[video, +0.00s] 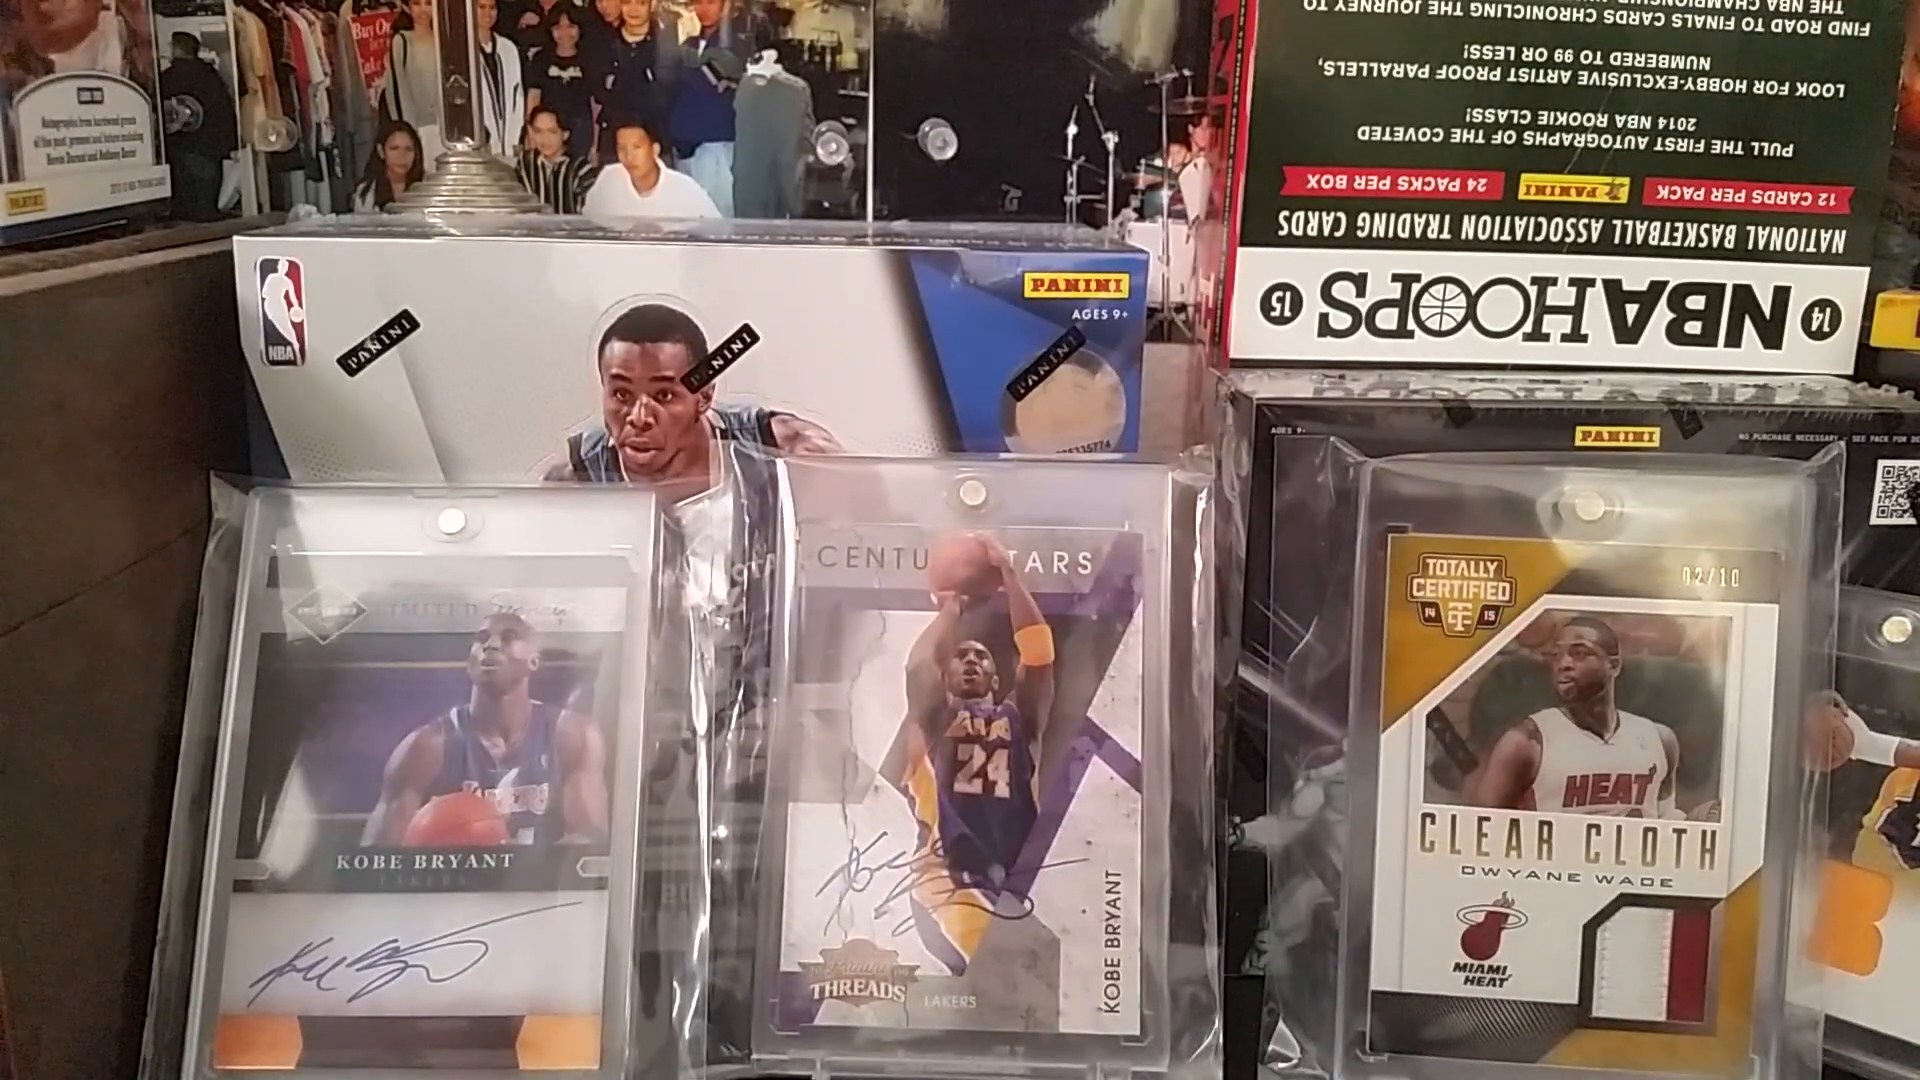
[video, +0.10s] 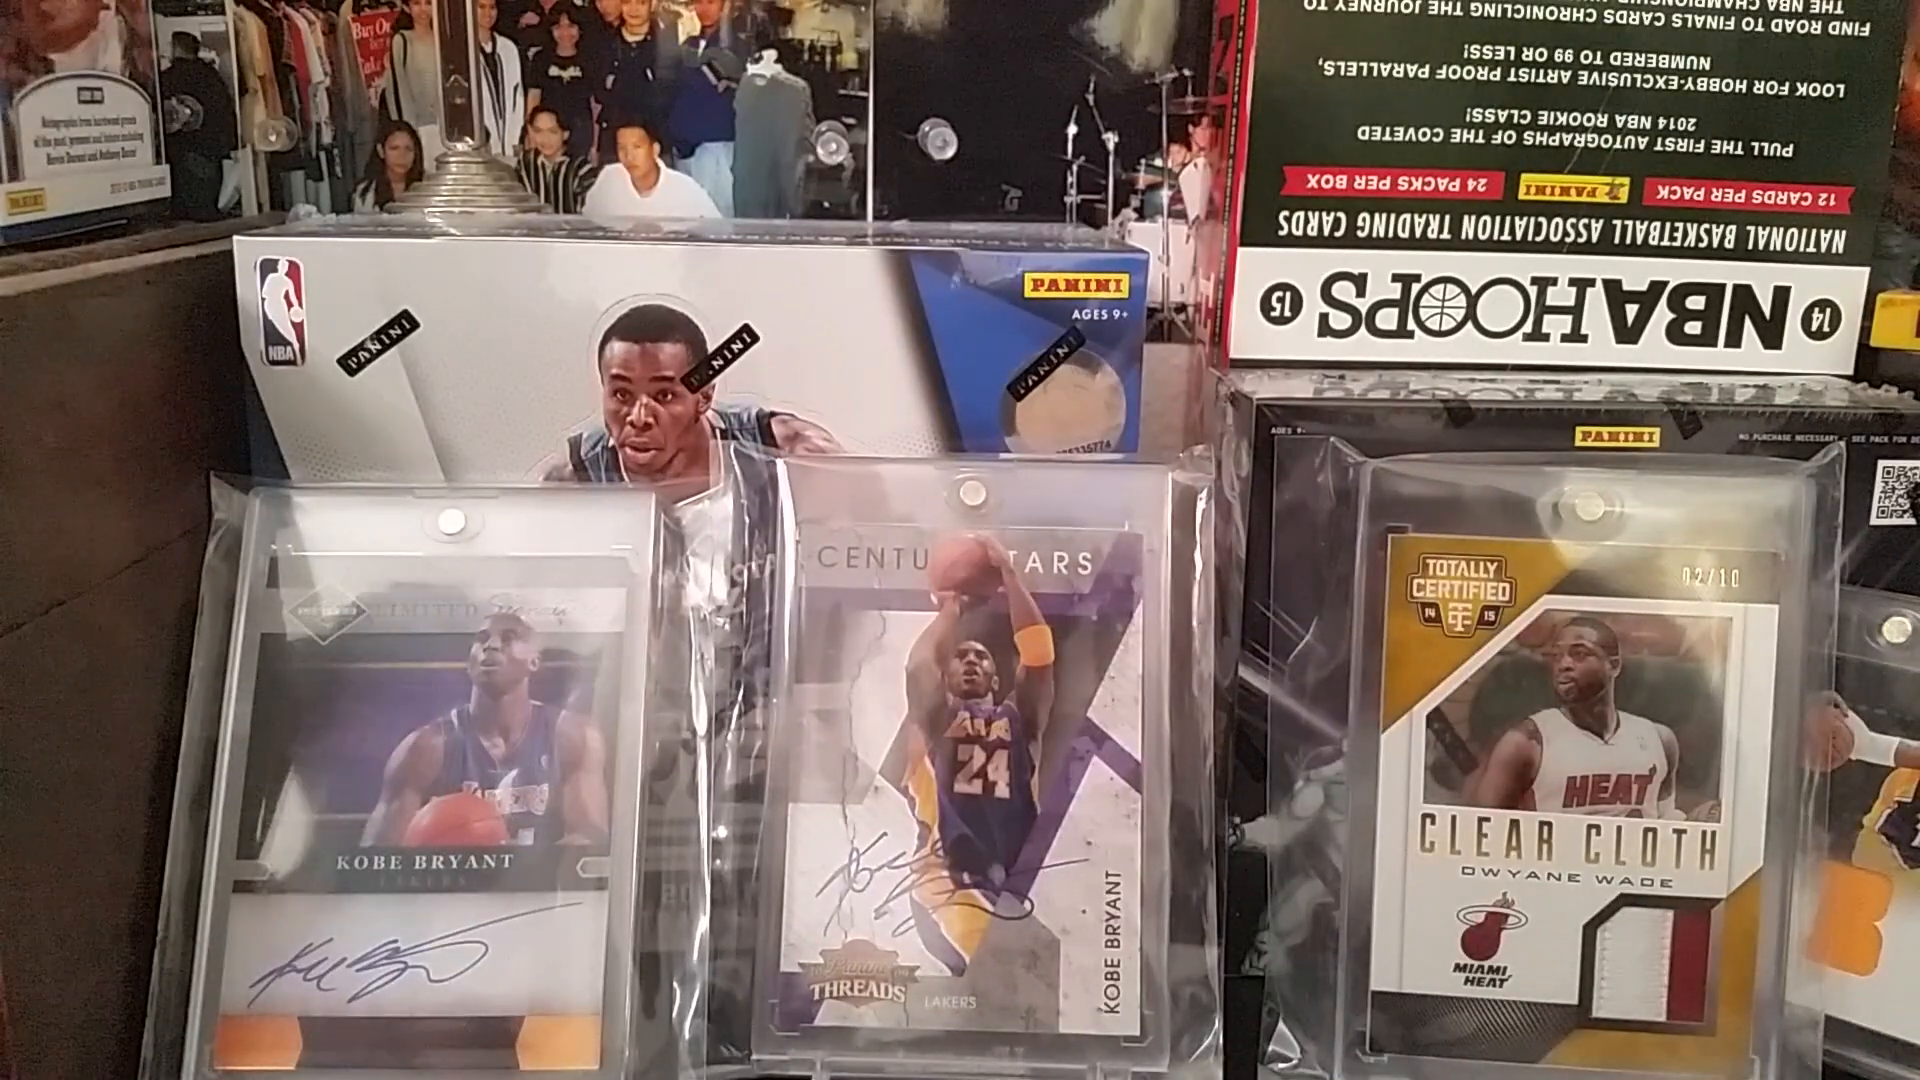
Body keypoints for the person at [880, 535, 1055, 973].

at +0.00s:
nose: (972, 660)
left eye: (981, 656)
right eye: (960, 655)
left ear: (997, 674)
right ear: (944, 672)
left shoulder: (1020, 719)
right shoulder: (934, 718)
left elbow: (1036, 651)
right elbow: (920, 666)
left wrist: (1009, 572)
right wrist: (950, 607)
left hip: (1010, 879)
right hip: (945, 877)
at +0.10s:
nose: (971, 662)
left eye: (981, 657)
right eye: (960, 656)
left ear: (996, 675)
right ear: (944, 675)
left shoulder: (1021, 717)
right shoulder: (935, 718)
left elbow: (1038, 652)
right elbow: (920, 664)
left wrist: (1007, 571)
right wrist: (951, 607)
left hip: (1011, 877)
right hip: (945, 877)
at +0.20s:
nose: (970, 662)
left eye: (981, 656)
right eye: (959, 656)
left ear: (996, 674)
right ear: (944, 674)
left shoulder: (1021, 716)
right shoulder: (936, 719)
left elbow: (1038, 652)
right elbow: (919, 664)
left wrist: (1008, 572)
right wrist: (951, 608)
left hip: (1016, 873)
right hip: (948, 876)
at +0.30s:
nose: (970, 662)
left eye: (981, 657)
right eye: (959, 656)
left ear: (996, 675)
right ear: (944, 675)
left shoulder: (1021, 716)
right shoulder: (937, 721)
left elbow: (1038, 652)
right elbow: (919, 665)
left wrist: (1008, 571)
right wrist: (951, 608)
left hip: (1015, 874)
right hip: (949, 877)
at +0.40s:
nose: (970, 661)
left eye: (981, 656)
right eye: (959, 656)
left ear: (996, 673)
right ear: (944, 674)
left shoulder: (1020, 716)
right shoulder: (938, 719)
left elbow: (1037, 652)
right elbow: (919, 665)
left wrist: (1009, 571)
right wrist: (950, 607)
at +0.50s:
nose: (970, 661)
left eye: (981, 657)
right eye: (960, 656)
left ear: (996, 675)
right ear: (945, 675)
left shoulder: (1020, 716)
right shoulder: (938, 720)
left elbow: (1037, 652)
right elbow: (919, 664)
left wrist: (1008, 571)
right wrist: (952, 605)